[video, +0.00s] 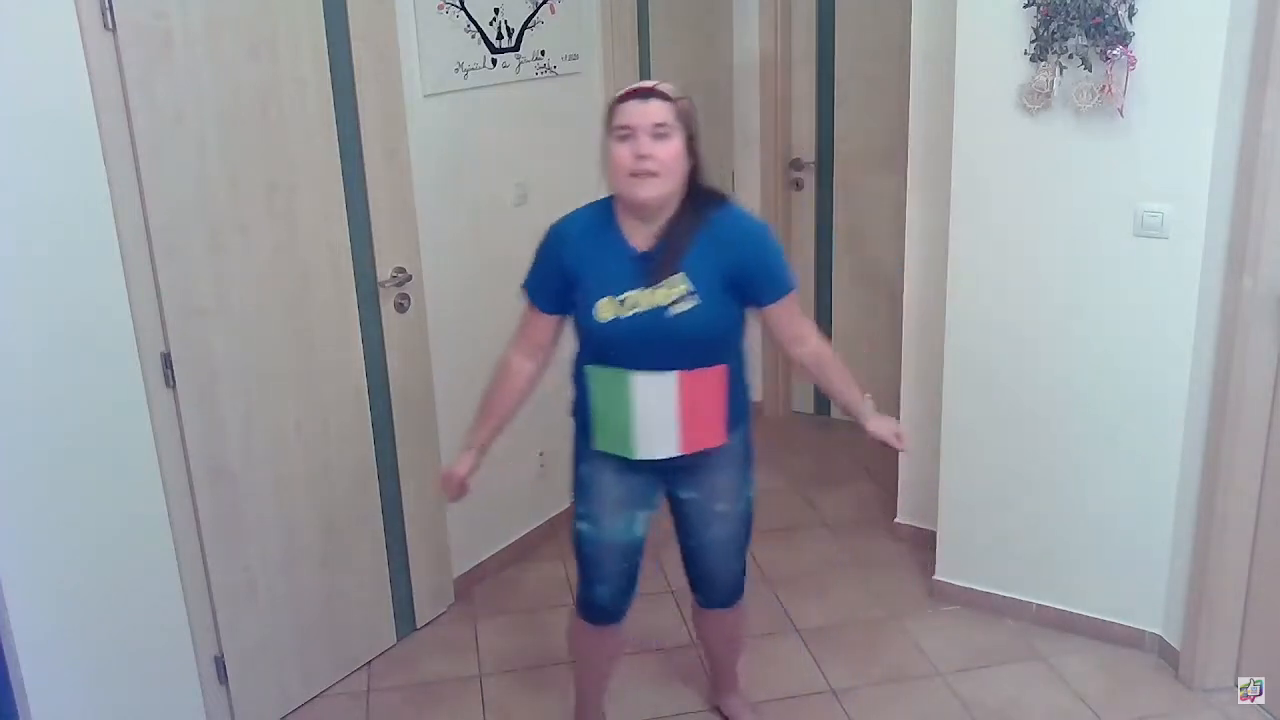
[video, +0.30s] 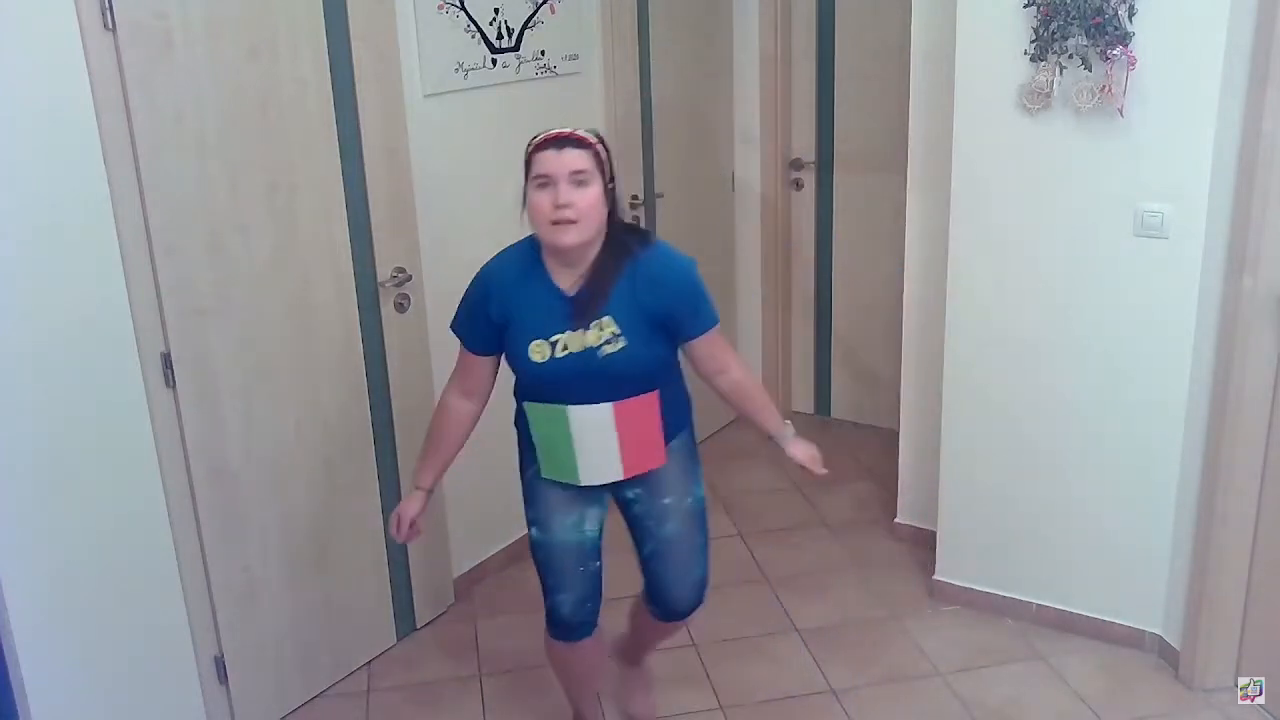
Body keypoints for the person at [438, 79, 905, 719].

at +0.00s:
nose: (642, 151)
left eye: (661, 135)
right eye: (626, 136)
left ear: (689, 153)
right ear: (607, 153)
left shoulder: (736, 236)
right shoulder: (572, 242)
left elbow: (799, 337)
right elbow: (528, 354)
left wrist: (866, 413)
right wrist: (472, 450)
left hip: (713, 446)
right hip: (610, 450)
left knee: (723, 592)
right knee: (600, 602)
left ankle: (727, 697)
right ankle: (589, 711)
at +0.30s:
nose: (561, 197)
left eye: (579, 181)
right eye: (544, 184)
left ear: (608, 194)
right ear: (526, 201)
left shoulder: (660, 272)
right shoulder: (500, 285)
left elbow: (722, 368)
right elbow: (464, 393)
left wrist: (785, 435)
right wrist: (421, 488)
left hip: (657, 450)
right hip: (555, 463)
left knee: (679, 596)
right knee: (570, 618)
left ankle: (629, 658)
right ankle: (588, 712)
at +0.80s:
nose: (557, 129)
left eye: (574, 115)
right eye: (541, 116)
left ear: (598, 130)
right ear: (521, 133)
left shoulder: (643, 201)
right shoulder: (490, 219)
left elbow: (699, 293)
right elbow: (443, 315)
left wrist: (767, 361)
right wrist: (388, 395)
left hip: (636, 412)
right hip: (546, 421)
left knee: (628, 544)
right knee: (571, 567)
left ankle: (611, 613)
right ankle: (585, 708)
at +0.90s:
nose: (565, 135)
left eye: (581, 121)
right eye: (549, 121)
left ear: (603, 133)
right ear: (530, 135)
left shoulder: (646, 202)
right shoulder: (499, 216)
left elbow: (696, 295)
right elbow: (464, 304)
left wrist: (754, 333)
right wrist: (428, 341)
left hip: (634, 409)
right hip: (546, 416)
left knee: (617, 543)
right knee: (567, 565)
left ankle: (603, 618)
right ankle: (579, 706)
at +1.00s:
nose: (574, 138)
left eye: (588, 123)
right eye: (557, 124)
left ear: (609, 133)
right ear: (536, 135)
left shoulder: (649, 201)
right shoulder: (513, 208)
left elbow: (711, 293)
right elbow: (471, 312)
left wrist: (716, 283)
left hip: (632, 409)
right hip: (546, 413)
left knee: (612, 538)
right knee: (568, 561)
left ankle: (601, 618)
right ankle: (580, 702)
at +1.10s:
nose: (582, 134)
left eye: (596, 119)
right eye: (566, 120)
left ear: (620, 128)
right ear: (547, 131)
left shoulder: (655, 186)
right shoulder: (523, 191)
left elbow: (717, 258)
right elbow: (514, 262)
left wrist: (659, 213)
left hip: (633, 394)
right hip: (546, 395)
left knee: (608, 535)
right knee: (556, 548)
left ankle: (600, 618)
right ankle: (579, 678)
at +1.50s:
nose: (611, 117)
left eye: (625, 105)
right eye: (596, 106)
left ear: (647, 114)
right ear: (577, 116)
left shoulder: (676, 173)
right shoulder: (552, 177)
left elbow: (715, 229)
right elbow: (536, 227)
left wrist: (634, 171)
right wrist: (606, 163)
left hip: (658, 382)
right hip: (575, 383)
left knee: (621, 521)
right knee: (625, 532)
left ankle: (598, 616)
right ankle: (635, 670)